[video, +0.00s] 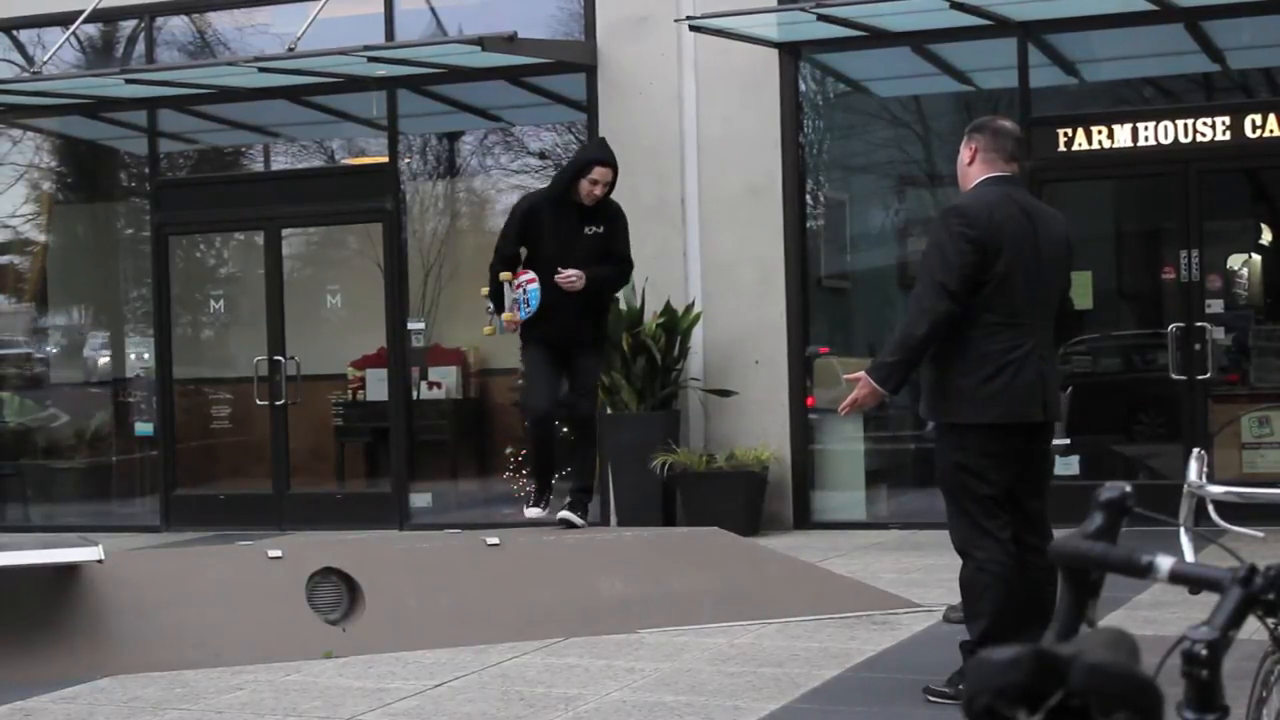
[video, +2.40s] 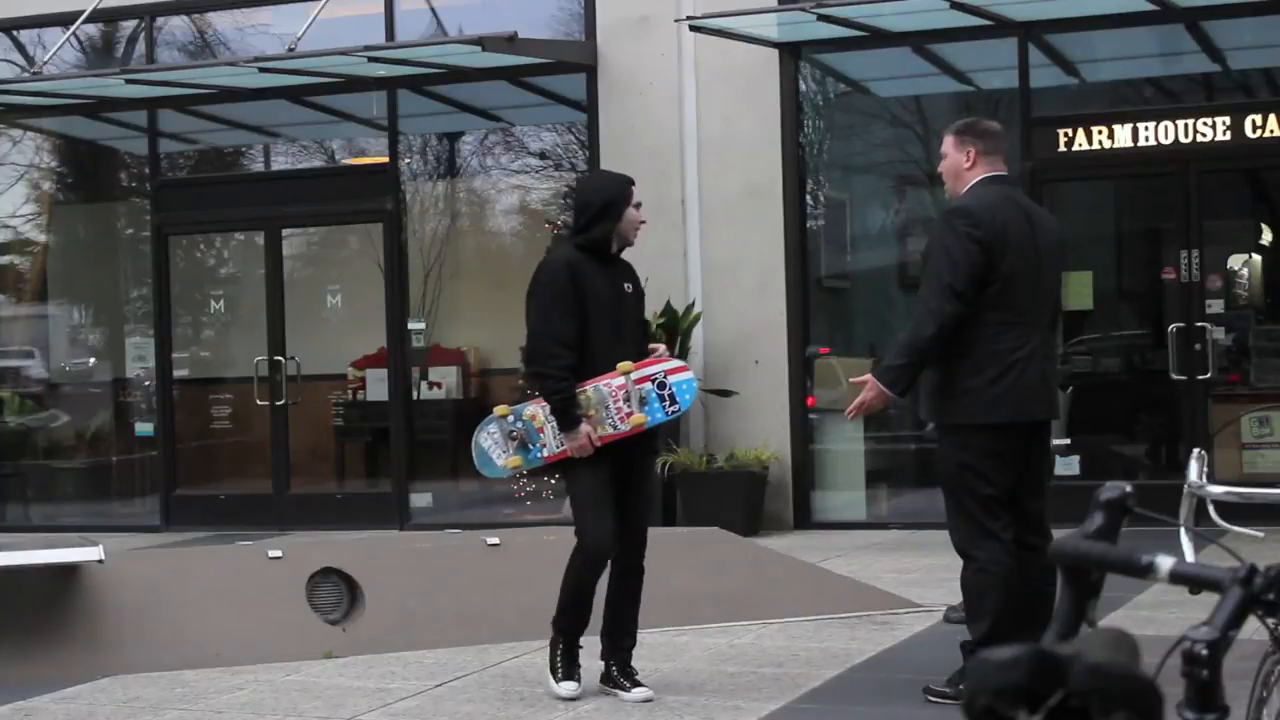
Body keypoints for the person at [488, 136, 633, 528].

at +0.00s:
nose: (599, 191)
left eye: (606, 185)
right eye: (593, 181)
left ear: (611, 184)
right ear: (576, 175)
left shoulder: (611, 216)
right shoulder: (534, 207)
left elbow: (622, 269)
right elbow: (503, 259)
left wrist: (588, 278)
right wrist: (503, 305)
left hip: (589, 331)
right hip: (542, 330)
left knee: (583, 413)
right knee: (538, 409)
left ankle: (579, 502)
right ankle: (540, 492)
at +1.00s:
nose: (587, 169)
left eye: (591, 162)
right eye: (578, 161)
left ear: (594, 170)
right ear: (555, 166)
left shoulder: (603, 221)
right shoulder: (523, 223)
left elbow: (623, 286)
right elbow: (503, 292)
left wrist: (616, 338)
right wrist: (501, 353)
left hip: (588, 356)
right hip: (535, 357)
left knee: (588, 452)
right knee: (542, 448)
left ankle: (589, 558)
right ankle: (559, 508)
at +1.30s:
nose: (605, 232)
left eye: (609, 226)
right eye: (597, 224)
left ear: (612, 236)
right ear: (573, 228)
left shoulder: (617, 292)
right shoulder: (536, 287)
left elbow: (638, 353)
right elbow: (512, 353)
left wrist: (638, 395)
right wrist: (504, 414)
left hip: (603, 424)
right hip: (546, 424)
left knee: (601, 525)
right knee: (544, 524)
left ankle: (591, 618)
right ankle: (555, 538)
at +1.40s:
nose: (604, 222)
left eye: (609, 215)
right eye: (596, 213)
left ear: (611, 225)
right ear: (572, 217)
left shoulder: (618, 279)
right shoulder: (533, 275)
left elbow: (642, 337)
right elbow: (510, 346)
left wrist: (633, 362)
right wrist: (508, 409)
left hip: (605, 419)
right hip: (548, 420)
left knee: (601, 521)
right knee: (551, 515)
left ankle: (591, 614)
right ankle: (550, 600)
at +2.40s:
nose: (642, 217)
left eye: (639, 207)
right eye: (634, 208)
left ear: (615, 213)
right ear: (607, 213)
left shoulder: (624, 275)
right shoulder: (560, 268)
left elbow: (631, 344)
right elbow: (545, 353)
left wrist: (655, 358)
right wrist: (569, 420)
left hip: (634, 428)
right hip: (584, 430)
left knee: (631, 549)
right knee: (595, 542)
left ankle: (618, 664)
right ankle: (564, 644)